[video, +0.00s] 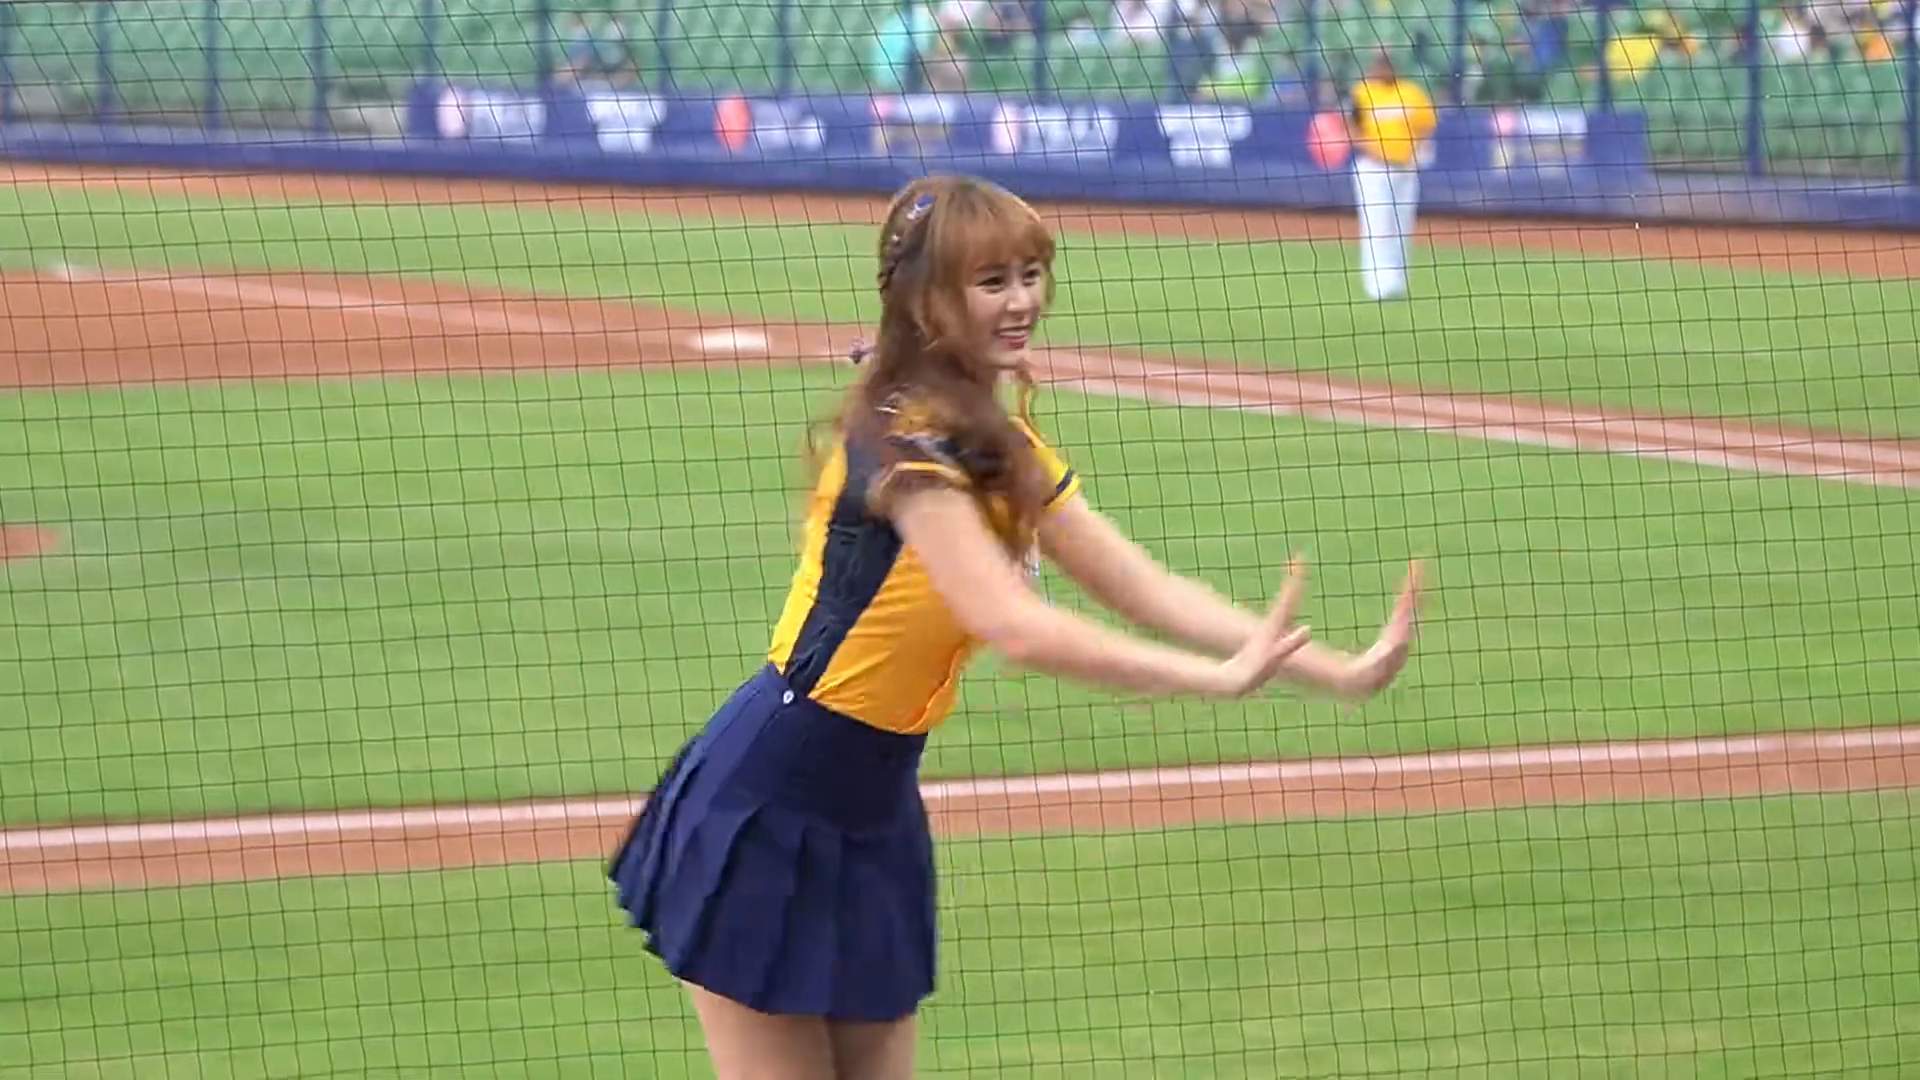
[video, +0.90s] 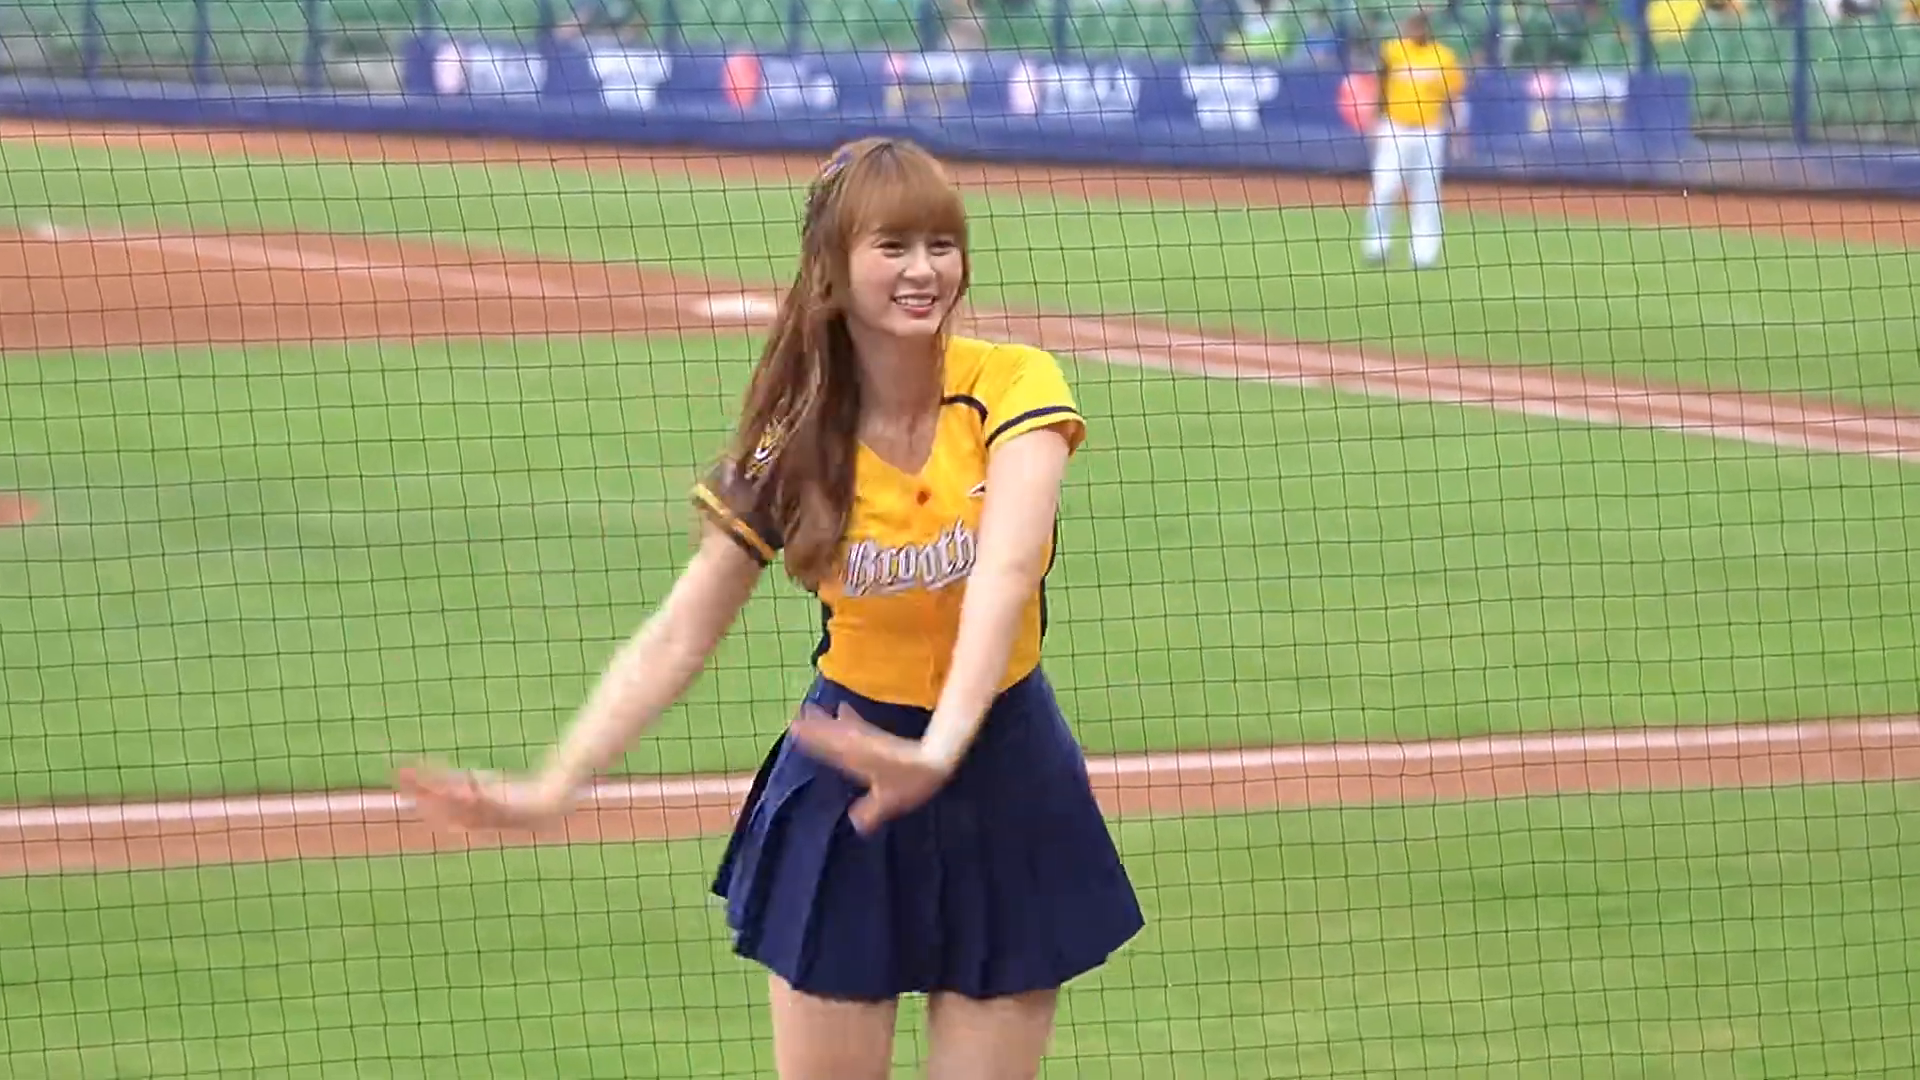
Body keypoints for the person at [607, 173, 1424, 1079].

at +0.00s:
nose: (1024, 299)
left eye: (1033, 275)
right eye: (992, 280)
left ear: (1044, 281)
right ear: (925, 298)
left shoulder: (996, 436)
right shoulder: (904, 438)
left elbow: (1148, 589)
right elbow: (1011, 624)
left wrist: (1335, 674)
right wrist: (1216, 677)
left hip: (874, 802)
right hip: (768, 800)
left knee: (876, 1064)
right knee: (784, 1069)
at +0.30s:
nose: (1015, 309)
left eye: (1029, 284)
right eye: (987, 286)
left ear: (1045, 285)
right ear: (916, 287)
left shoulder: (992, 433)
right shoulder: (863, 433)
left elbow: (1101, 604)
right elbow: (913, 638)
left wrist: (1244, 716)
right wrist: (1095, 731)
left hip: (904, 799)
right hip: (794, 797)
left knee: (934, 1060)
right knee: (808, 1066)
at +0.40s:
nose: (962, 352)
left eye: (975, 328)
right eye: (937, 324)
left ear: (988, 333)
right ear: (863, 321)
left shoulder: (966, 471)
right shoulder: (789, 470)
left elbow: (1025, 671)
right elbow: (775, 693)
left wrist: (1093, 779)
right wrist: (930, 786)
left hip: (944, 815)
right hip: (823, 814)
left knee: (987, 1055)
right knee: (846, 1058)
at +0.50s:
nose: (935, 347)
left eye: (948, 323)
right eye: (908, 322)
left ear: (962, 327)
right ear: (839, 328)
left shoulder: (976, 461)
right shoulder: (758, 483)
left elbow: (1021, 638)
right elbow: (720, 692)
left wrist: (1030, 738)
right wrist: (817, 769)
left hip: (962, 810)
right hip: (825, 822)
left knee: (997, 1057)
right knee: (846, 1057)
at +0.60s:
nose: (927, 261)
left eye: (941, 236)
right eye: (898, 239)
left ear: (960, 244)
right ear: (830, 255)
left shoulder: (1000, 380)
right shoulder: (765, 416)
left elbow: (1054, 559)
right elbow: (693, 602)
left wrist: (994, 639)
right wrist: (687, 658)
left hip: (969, 771)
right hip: (825, 773)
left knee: (960, 1064)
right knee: (829, 1064)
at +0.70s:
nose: (915, 250)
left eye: (934, 226)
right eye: (882, 228)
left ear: (957, 242)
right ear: (818, 249)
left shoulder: (1002, 365)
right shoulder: (775, 406)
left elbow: (1053, 507)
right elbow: (640, 569)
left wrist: (960, 572)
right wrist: (553, 611)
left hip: (984, 782)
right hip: (829, 778)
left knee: (947, 1066)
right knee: (808, 1064)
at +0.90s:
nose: (925, 266)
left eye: (943, 242)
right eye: (894, 243)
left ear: (965, 259)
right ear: (831, 268)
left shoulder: (1019, 389)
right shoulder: (795, 435)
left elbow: (1008, 571)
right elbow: (677, 636)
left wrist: (940, 747)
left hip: (1008, 767)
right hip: (847, 757)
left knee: (987, 1064)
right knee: (824, 1064)